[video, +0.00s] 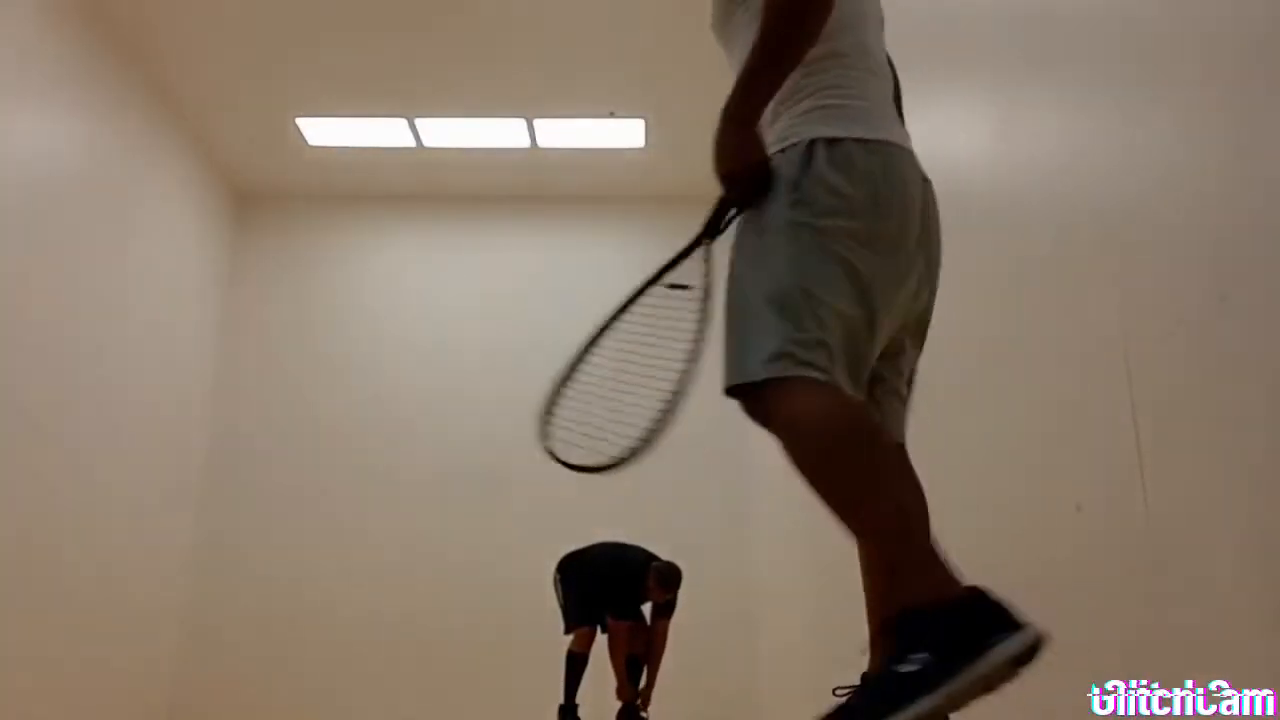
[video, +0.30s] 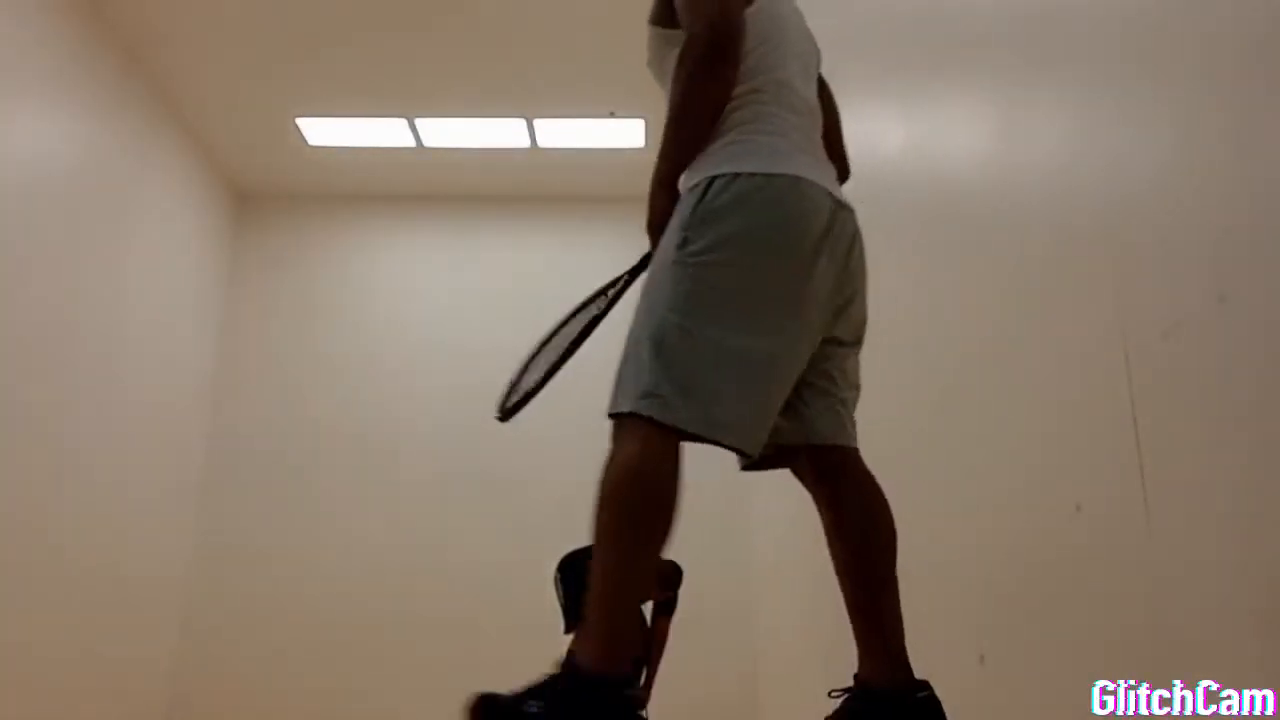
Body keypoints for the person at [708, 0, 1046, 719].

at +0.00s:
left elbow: (809, 2)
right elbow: (876, 75)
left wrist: (737, 120)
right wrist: (771, 156)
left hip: (829, 155)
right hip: (900, 180)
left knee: (782, 379)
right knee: (872, 433)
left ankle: (944, 610)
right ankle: (897, 663)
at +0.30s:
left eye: (663, 15)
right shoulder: (789, 26)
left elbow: (714, 50)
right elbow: (833, 159)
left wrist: (664, 185)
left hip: (743, 199)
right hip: (830, 220)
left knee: (646, 421)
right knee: (827, 452)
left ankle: (598, 675)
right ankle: (889, 682)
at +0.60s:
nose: (516, 33)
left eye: (522, 19)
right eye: (517, 25)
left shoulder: (556, 11)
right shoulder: (668, 42)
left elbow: (552, 128)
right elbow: (707, 169)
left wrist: (531, 238)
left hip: (611, 216)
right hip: (697, 233)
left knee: (545, 451)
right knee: (692, 461)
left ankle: (499, 685)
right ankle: (830, 636)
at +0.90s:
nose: (415, 17)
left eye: (419, 11)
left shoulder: (454, 4)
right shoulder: (567, 32)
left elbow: (442, 96)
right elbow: (602, 166)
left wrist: (404, 204)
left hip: (504, 222)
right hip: (587, 233)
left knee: (488, 463)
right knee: (523, 462)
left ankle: (494, 684)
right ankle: (544, 668)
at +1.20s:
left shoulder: (379, 10)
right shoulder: (486, 68)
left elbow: (365, 109)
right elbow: (525, 201)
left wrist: (284, 220)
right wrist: (440, 248)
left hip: (406, 246)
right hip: (479, 267)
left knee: (437, 462)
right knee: (362, 476)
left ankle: (490, 682)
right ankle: (283, 676)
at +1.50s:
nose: (281, 24)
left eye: (287, 17)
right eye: (284, 21)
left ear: (311, 7)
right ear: (370, 23)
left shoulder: (304, 32)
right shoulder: (393, 105)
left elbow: (283, 129)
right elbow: (448, 230)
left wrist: (189, 247)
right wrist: (389, 305)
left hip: (302, 276)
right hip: (372, 309)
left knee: (207, 449)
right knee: (295, 499)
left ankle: (356, 598)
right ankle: (247, 689)